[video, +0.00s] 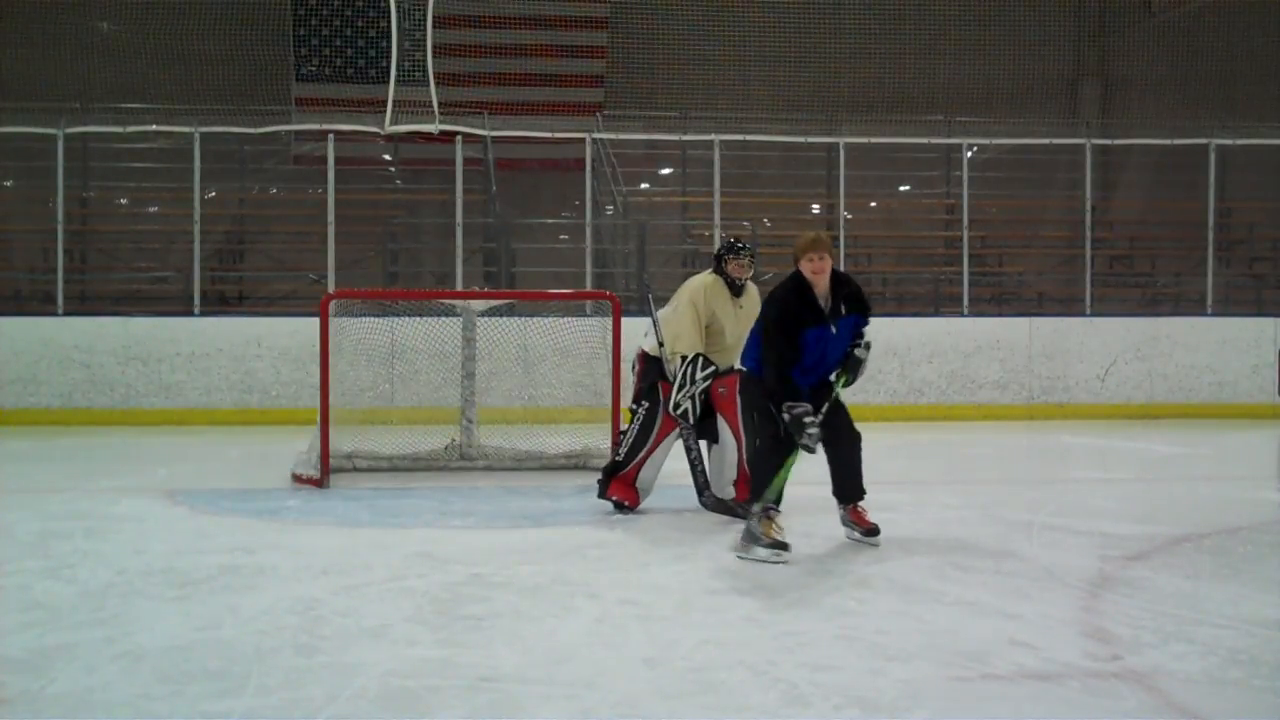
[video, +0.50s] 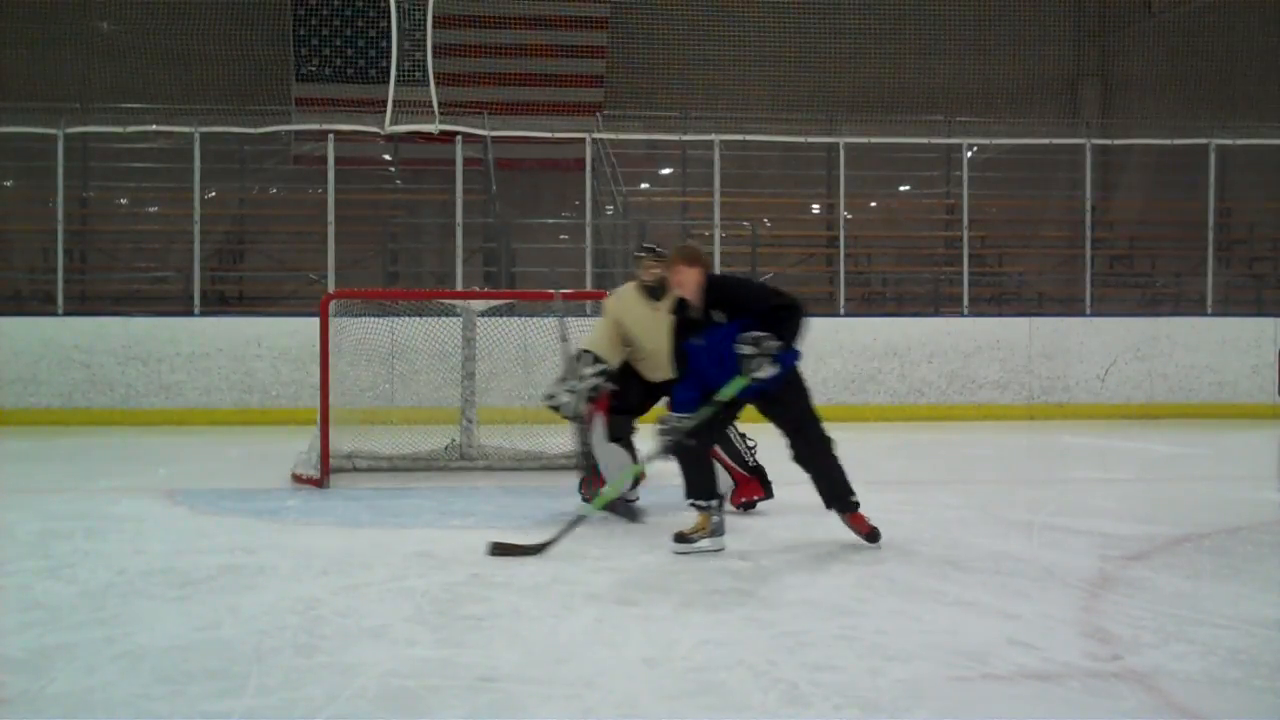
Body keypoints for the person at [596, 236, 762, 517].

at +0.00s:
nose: (742, 268)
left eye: (747, 263)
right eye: (736, 262)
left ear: (752, 266)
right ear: (721, 263)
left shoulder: (752, 294)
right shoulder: (699, 288)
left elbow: (755, 339)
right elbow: (684, 336)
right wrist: (691, 381)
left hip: (713, 368)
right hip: (663, 361)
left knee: (734, 416)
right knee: (658, 419)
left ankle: (729, 491)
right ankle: (622, 484)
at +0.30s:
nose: (710, 273)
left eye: (716, 267)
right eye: (704, 267)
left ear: (726, 269)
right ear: (693, 269)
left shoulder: (740, 295)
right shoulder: (673, 296)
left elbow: (754, 338)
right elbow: (659, 340)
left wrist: (752, 379)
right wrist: (658, 382)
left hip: (717, 369)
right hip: (670, 366)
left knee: (727, 423)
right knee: (641, 413)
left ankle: (746, 481)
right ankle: (627, 481)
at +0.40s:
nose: (683, 273)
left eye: (689, 267)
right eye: (677, 267)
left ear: (701, 270)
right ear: (669, 269)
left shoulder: (715, 297)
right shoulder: (650, 298)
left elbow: (732, 339)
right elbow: (633, 340)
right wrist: (623, 375)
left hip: (701, 374)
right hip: (659, 374)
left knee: (707, 431)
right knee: (635, 422)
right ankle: (629, 483)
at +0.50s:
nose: (653, 274)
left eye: (658, 268)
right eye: (647, 268)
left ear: (669, 269)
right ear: (637, 270)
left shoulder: (686, 297)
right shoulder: (620, 303)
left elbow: (712, 333)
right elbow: (604, 343)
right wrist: (586, 375)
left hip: (687, 375)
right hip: (644, 377)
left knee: (707, 426)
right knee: (612, 416)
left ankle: (748, 479)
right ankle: (623, 479)